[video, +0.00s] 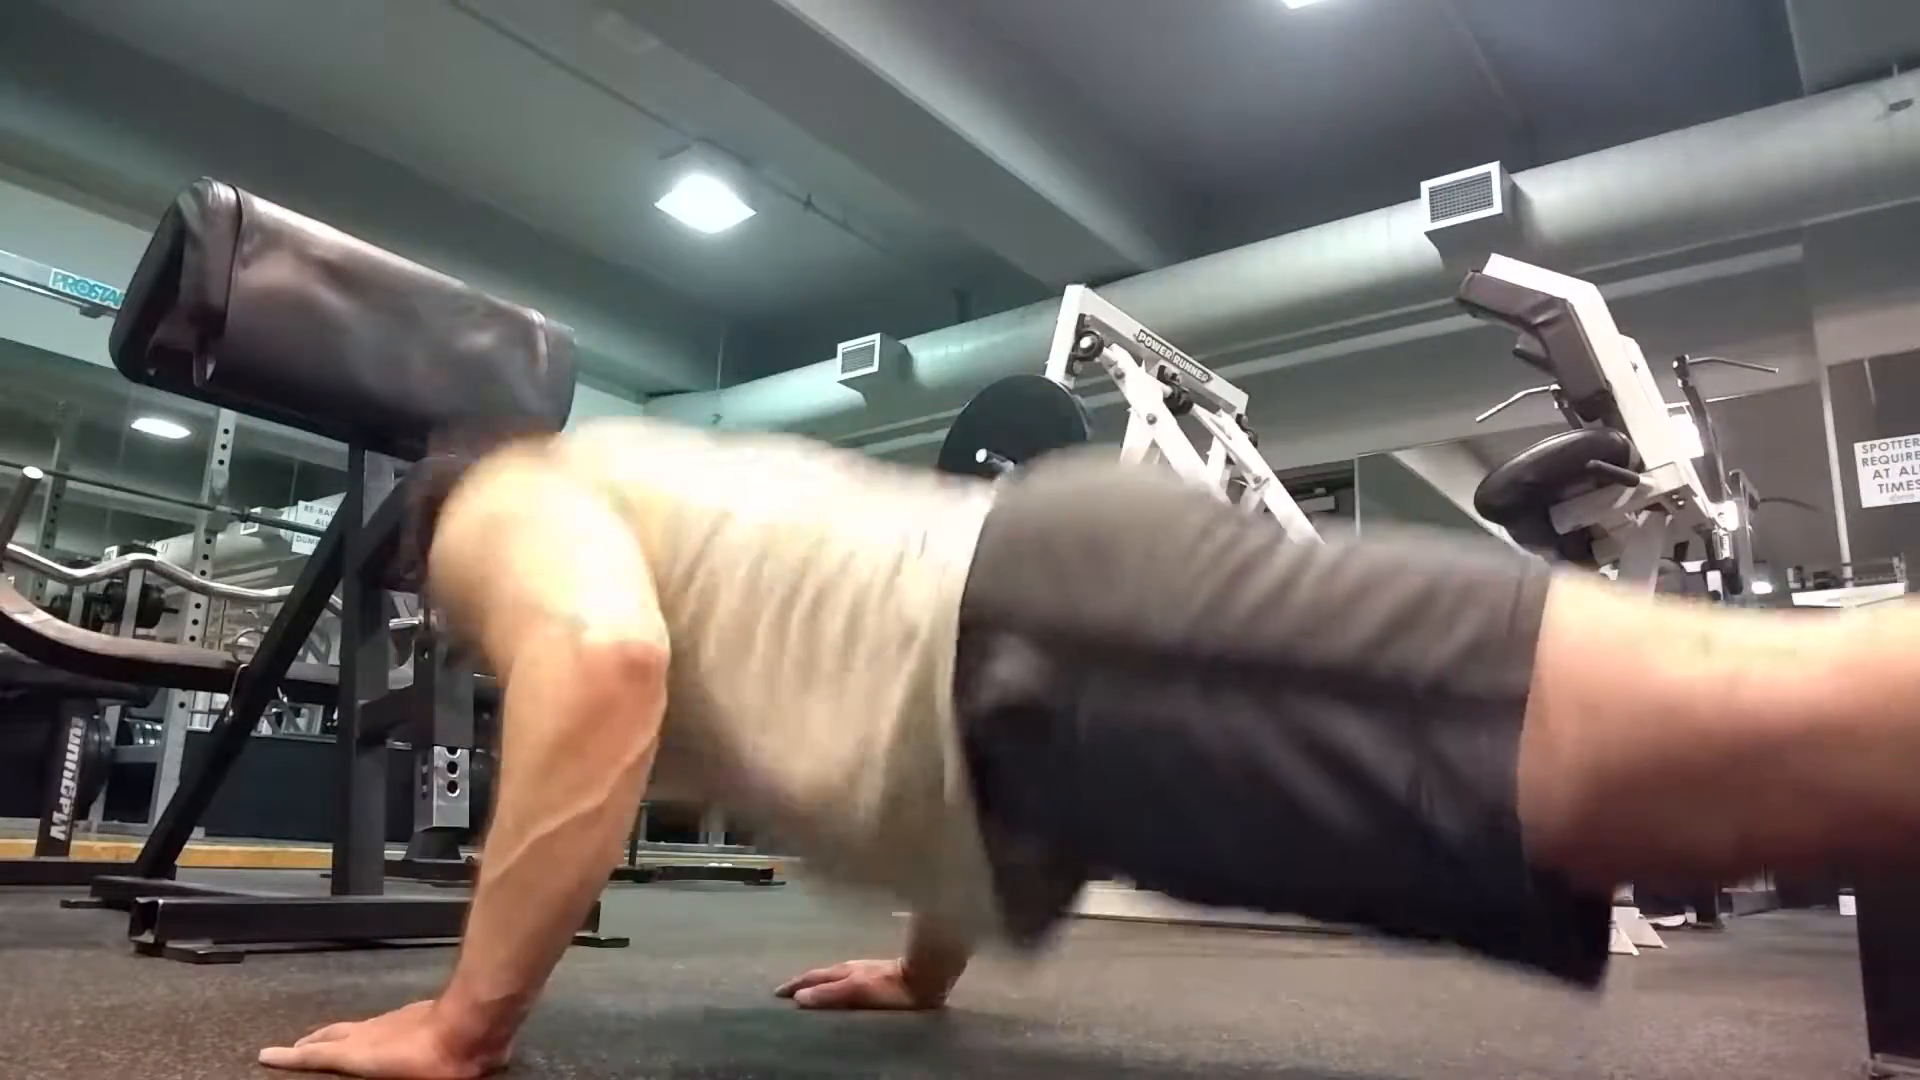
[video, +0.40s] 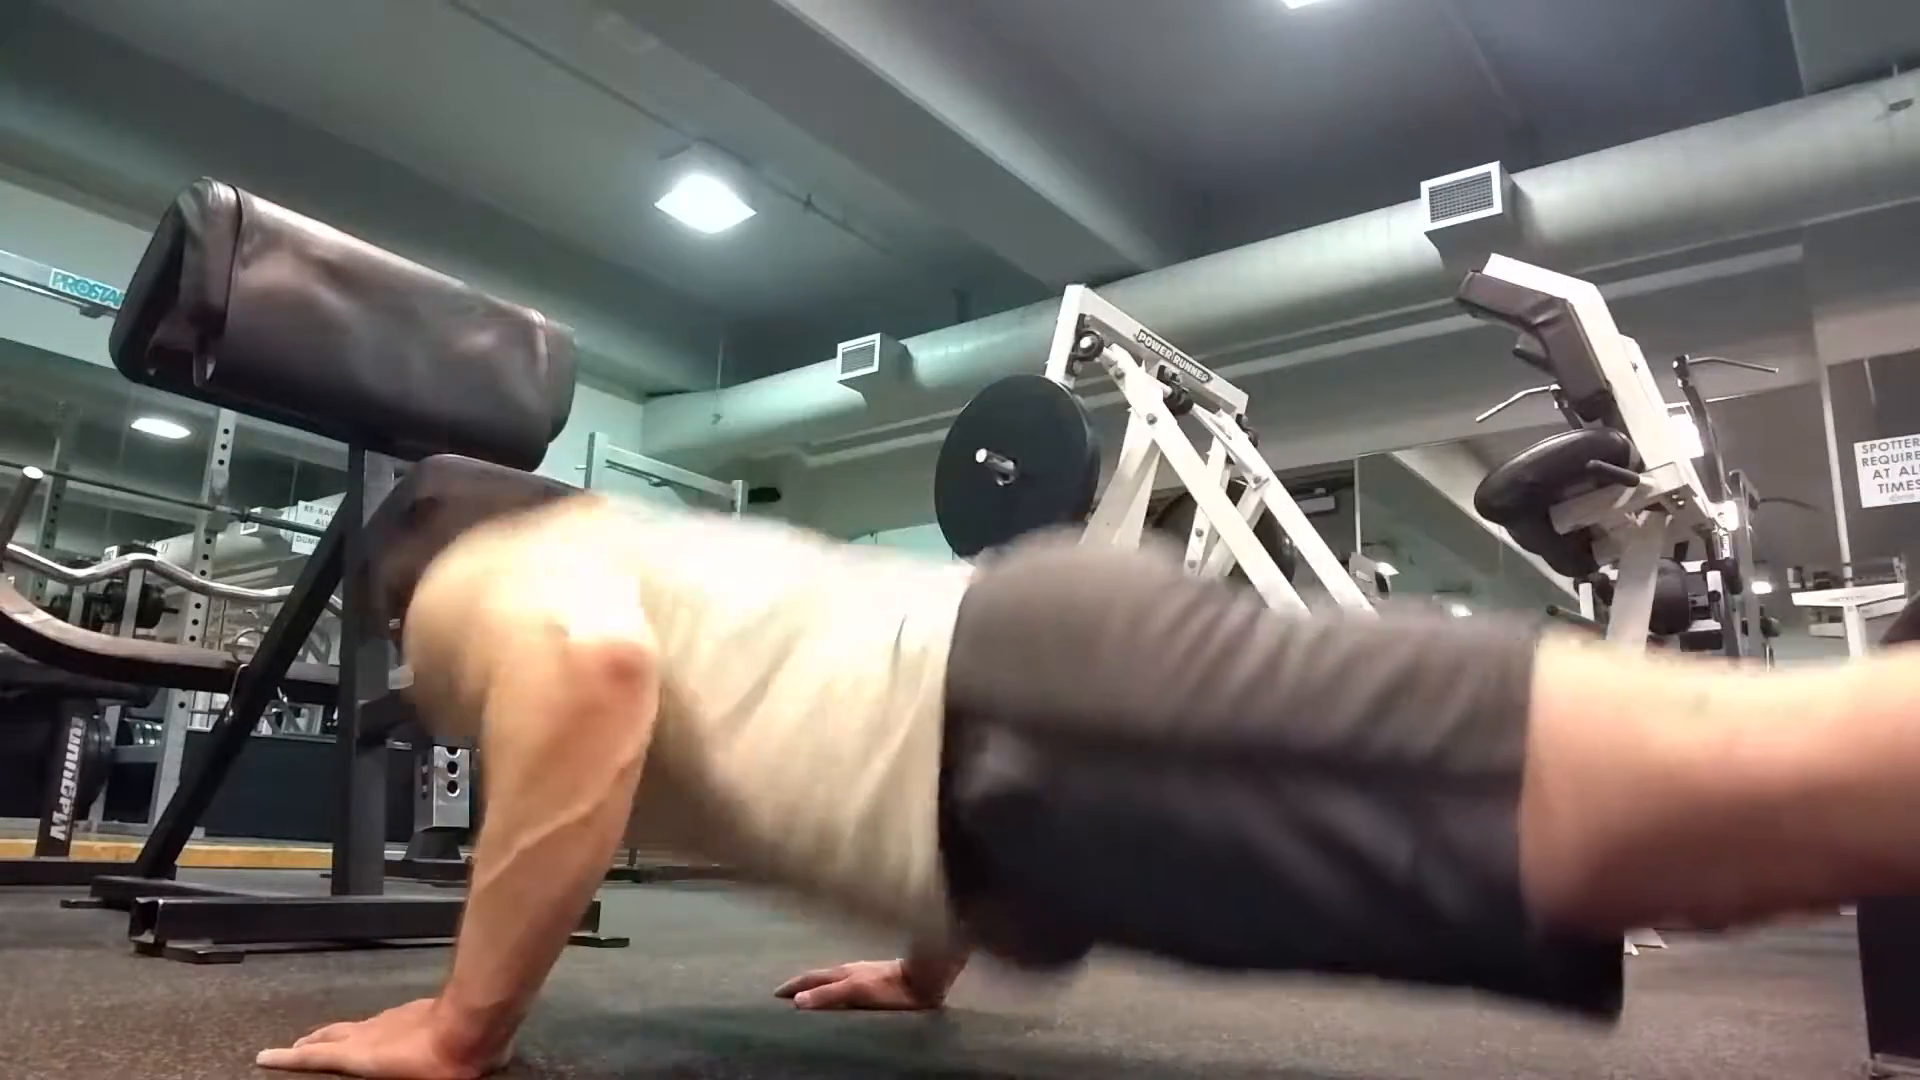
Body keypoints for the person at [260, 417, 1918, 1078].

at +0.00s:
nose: (403, 586)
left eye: (403, 550)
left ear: (414, 471)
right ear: (532, 409)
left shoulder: (506, 489)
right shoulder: (669, 491)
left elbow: (599, 672)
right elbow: (908, 677)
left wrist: (464, 1014)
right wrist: (932, 957)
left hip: (1052, 632)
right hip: (1077, 680)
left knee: (1752, 736)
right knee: (1727, 765)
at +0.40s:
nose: (401, 667)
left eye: (389, 634)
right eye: (396, 647)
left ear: (405, 569)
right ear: (513, 502)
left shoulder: (473, 569)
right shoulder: (647, 552)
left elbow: (590, 690)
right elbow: (892, 690)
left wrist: (461, 1024)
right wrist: (931, 957)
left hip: (1021, 725)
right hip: (1041, 703)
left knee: (1697, 804)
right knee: (1690, 802)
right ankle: (1875, 845)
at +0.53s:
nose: (413, 818)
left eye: (394, 796)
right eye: (415, 804)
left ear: (409, 700)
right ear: (448, 724)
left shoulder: (433, 705)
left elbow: (575, 691)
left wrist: (457, 1018)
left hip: (975, 832)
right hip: (964, 953)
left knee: (1707, 871)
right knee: (1704, 872)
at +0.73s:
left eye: (400, 750)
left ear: (423, 653)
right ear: (520, 611)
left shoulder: (445, 680)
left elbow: (580, 682)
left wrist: (459, 1016)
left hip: (981, 813)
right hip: (975, 944)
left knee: (1759, 842)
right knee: (1750, 857)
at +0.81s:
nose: (412, 673)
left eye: (399, 638)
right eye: (411, 654)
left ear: (409, 568)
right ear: (517, 496)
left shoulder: (478, 560)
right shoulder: (624, 542)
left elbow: (594, 682)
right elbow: (841, 640)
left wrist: (464, 1019)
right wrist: (864, 918)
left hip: (1002, 707)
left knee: (1738, 796)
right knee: (1724, 799)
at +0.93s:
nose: (417, 562)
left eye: (413, 516)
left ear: (429, 413)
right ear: (548, 368)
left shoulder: (516, 448)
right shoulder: (717, 453)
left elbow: (597, 661)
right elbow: (924, 693)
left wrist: (465, 1014)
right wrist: (934, 956)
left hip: (1037, 613)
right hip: (1061, 687)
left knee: (1770, 738)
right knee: (1746, 751)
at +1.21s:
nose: (438, 652)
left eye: (411, 615)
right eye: (423, 643)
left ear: (417, 537)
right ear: (533, 463)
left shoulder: (508, 490)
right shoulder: (707, 488)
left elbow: (632, 681)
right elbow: (963, 734)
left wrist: (467, 1016)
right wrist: (926, 973)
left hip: (1034, 624)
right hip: (1059, 632)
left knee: (1757, 741)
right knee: (1748, 743)